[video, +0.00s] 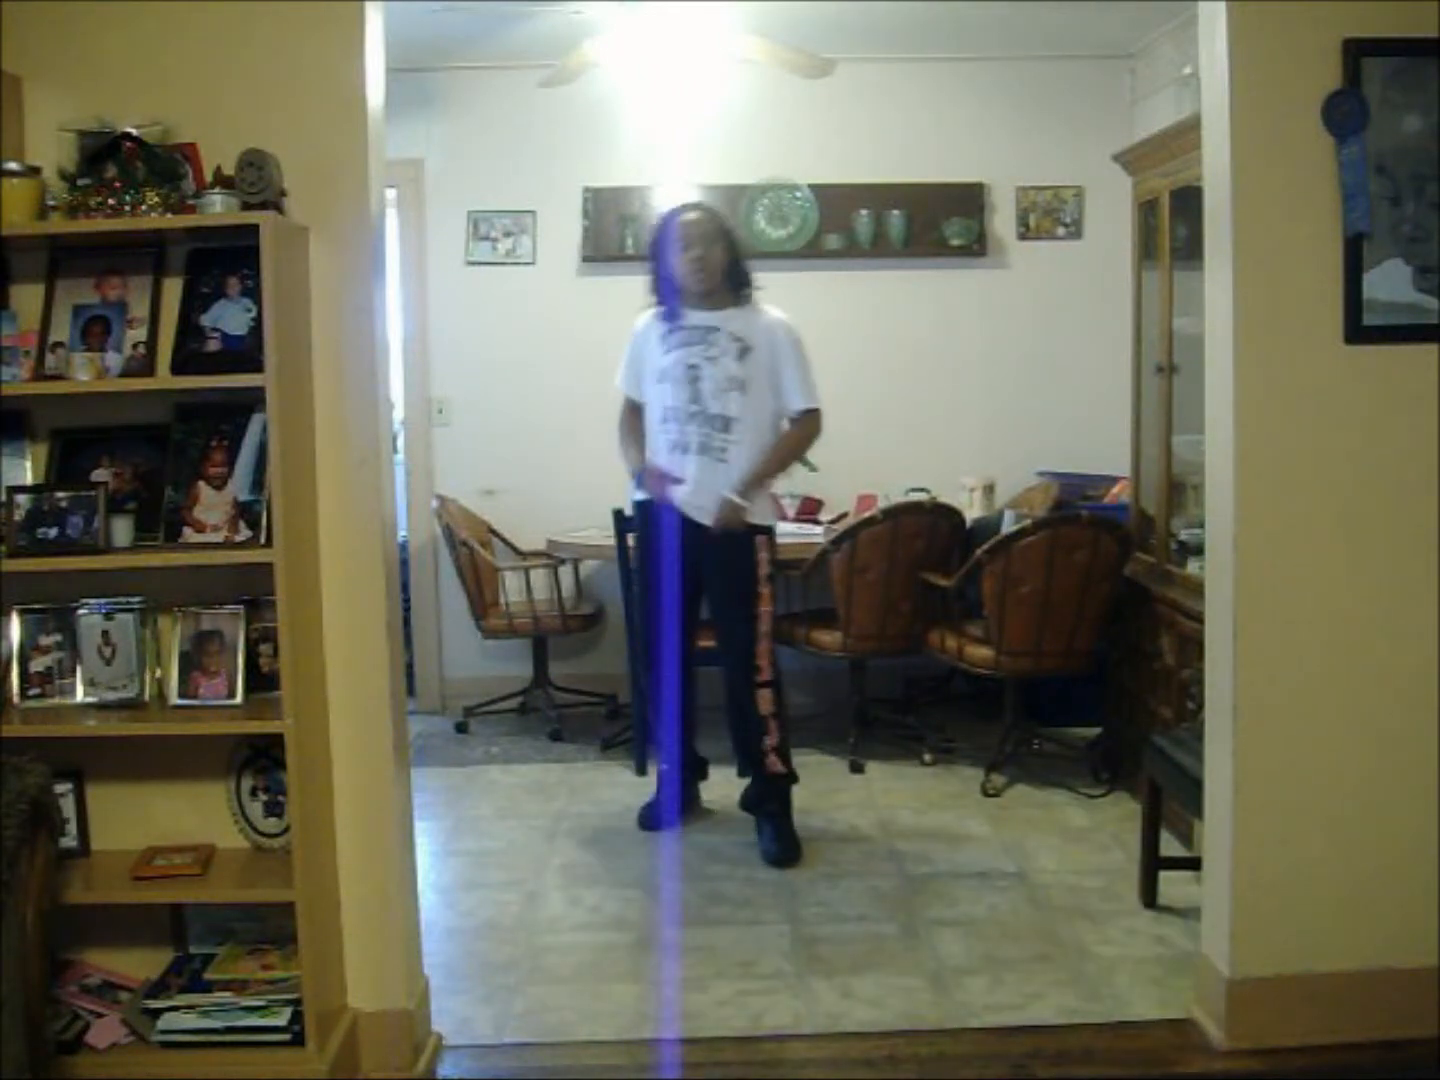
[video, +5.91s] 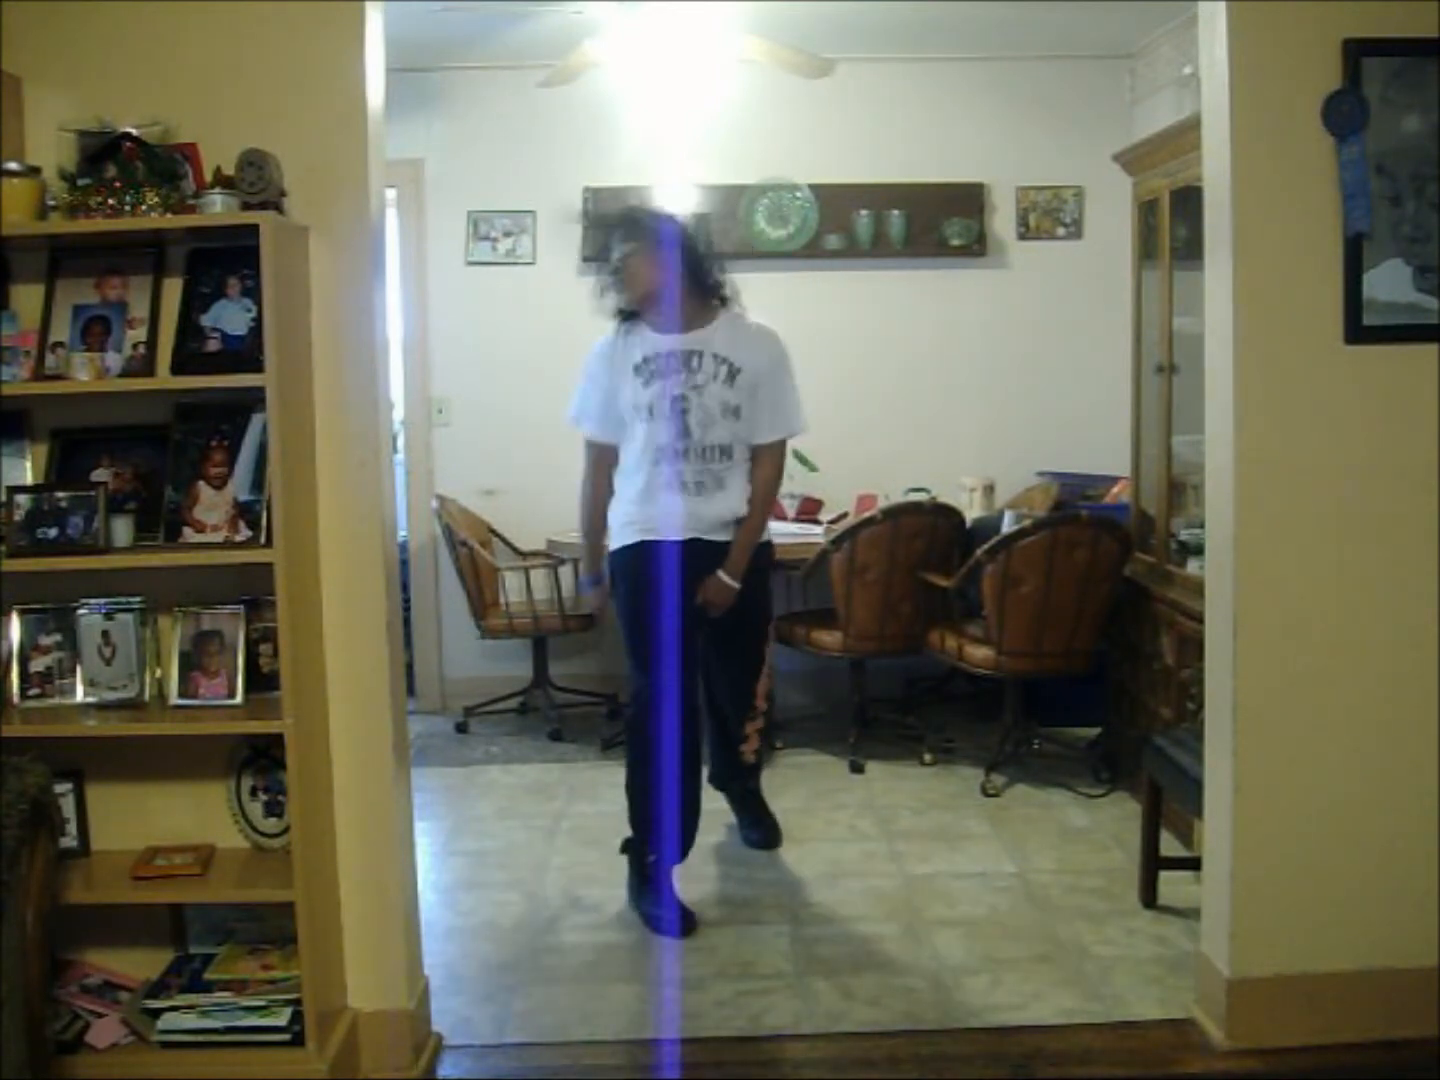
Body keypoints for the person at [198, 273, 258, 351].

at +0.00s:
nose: (233, 288)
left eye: (235, 285)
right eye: (230, 285)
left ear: (240, 287)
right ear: (225, 287)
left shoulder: (247, 303)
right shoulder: (222, 304)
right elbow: (205, 320)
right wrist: (210, 334)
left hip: (244, 338)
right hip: (225, 337)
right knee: (212, 341)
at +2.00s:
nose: (233, 288)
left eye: (236, 285)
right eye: (230, 285)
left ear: (240, 287)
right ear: (225, 287)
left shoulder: (247, 303)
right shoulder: (221, 304)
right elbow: (205, 320)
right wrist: (210, 335)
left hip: (243, 338)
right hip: (224, 338)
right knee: (212, 340)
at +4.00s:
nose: (233, 289)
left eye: (235, 285)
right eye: (230, 286)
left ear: (240, 287)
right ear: (226, 288)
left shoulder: (247, 304)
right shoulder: (221, 304)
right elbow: (205, 320)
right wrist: (210, 335)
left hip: (244, 338)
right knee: (212, 342)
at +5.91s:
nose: (234, 289)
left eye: (236, 286)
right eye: (230, 287)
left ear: (240, 288)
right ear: (226, 289)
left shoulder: (247, 304)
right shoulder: (221, 304)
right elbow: (205, 320)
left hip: (244, 338)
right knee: (212, 341)